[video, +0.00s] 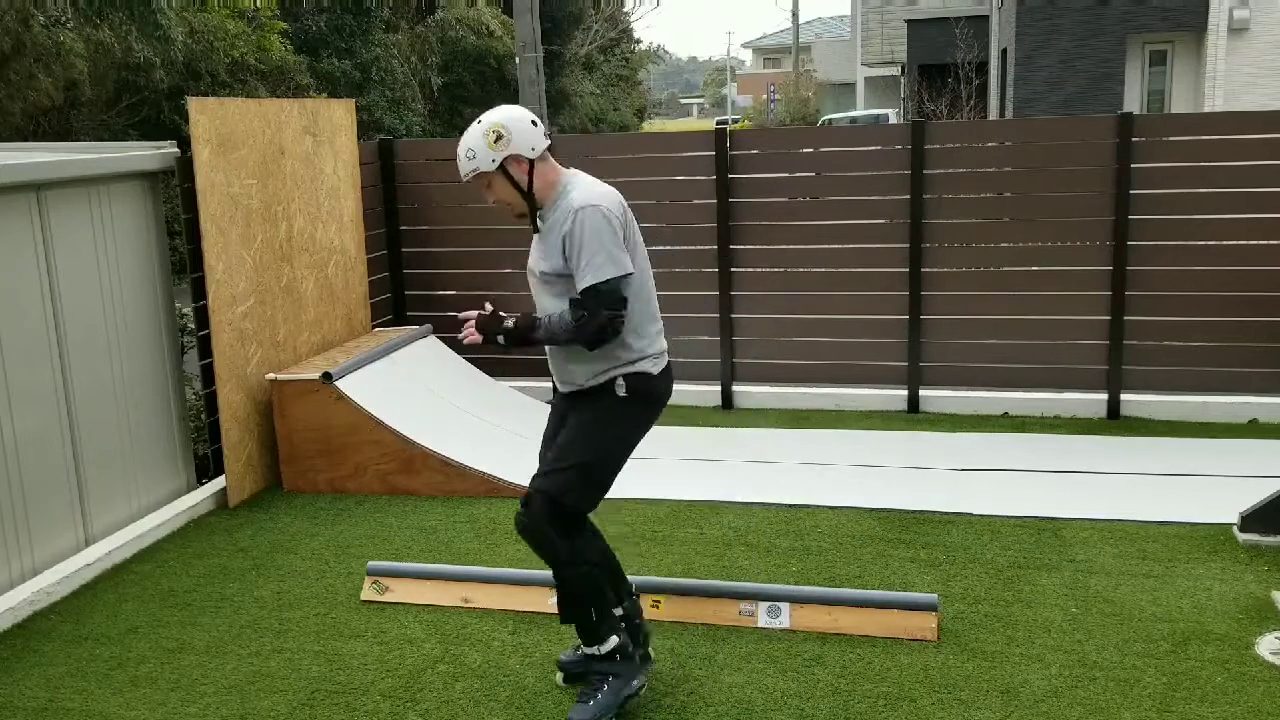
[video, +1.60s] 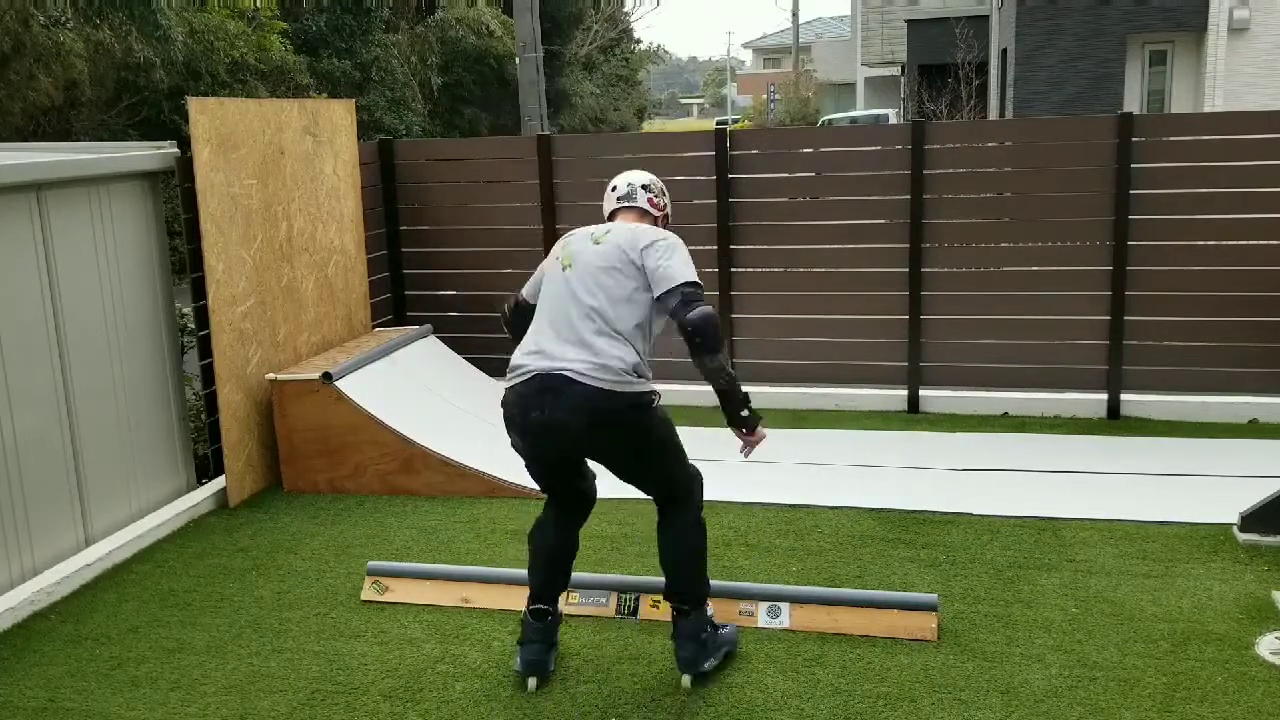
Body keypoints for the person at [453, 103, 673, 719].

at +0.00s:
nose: (489, 195)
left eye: (489, 182)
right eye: (483, 185)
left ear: (520, 166)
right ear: (523, 167)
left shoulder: (587, 209)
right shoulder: (558, 213)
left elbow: (600, 319)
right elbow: (573, 315)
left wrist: (518, 329)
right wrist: (510, 326)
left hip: (622, 384)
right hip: (583, 385)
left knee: (549, 514)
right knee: (547, 514)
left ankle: (626, 653)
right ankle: (609, 639)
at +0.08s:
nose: (483, 177)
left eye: (480, 163)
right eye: (476, 165)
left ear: (505, 146)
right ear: (527, 137)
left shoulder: (558, 192)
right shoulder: (590, 175)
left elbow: (566, 307)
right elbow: (646, 259)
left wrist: (502, 309)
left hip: (598, 376)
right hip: (626, 366)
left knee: (541, 518)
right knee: (568, 505)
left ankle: (573, 686)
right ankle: (622, 630)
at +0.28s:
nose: (485, 163)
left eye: (481, 149)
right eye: (479, 151)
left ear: (494, 136)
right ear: (539, 127)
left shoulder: (512, 182)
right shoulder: (608, 178)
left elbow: (484, 293)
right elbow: (679, 260)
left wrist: (469, 305)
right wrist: (695, 337)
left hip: (560, 384)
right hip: (617, 368)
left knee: (530, 533)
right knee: (587, 504)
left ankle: (552, 686)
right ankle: (624, 628)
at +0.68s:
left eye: (509, 122)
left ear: (509, 125)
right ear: (570, 119)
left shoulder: (478, 185)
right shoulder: (611, 179)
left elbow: (447, 292)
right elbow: (654, 289)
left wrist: (464, 340)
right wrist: (679, 371)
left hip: (507, 384)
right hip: (598, 378)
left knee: (522, 540)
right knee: (624, 518)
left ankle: (548, 692)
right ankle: (630, 673)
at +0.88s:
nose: (602, 128)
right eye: (603, 119)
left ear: (541, 123)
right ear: (601, 120)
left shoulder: (498, 186)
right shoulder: (624, 182)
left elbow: (466, 294)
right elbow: (652, 293)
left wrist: (522, 273)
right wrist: (679, 374)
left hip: (519, 383)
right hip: (609, 382)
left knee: (528, 528)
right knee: (632, 534)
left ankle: (536, 683)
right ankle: (620, 690)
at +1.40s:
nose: (655, 185)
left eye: (655, 178)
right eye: (655, 177)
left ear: (595, 173)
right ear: (646, 171)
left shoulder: (547, 212)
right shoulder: (638, 206)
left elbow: (510, 295)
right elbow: (630, 283)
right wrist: (666, 385)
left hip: (515, 379)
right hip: (595, 381)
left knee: (553, 496)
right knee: (667, 483)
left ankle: (532, 641)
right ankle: (673, 637)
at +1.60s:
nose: (663, 214)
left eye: (660, 209)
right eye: (662, 208)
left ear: (609, 208)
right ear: (657, 207)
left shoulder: (567, 243)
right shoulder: (658, 241)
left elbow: (519, 312)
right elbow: (698, 321)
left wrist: (546, 369)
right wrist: (736, 407)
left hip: (527, 394)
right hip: (608, 397)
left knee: (568, 496)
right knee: (679, 490)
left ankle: (536, 637)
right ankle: (693, 634)